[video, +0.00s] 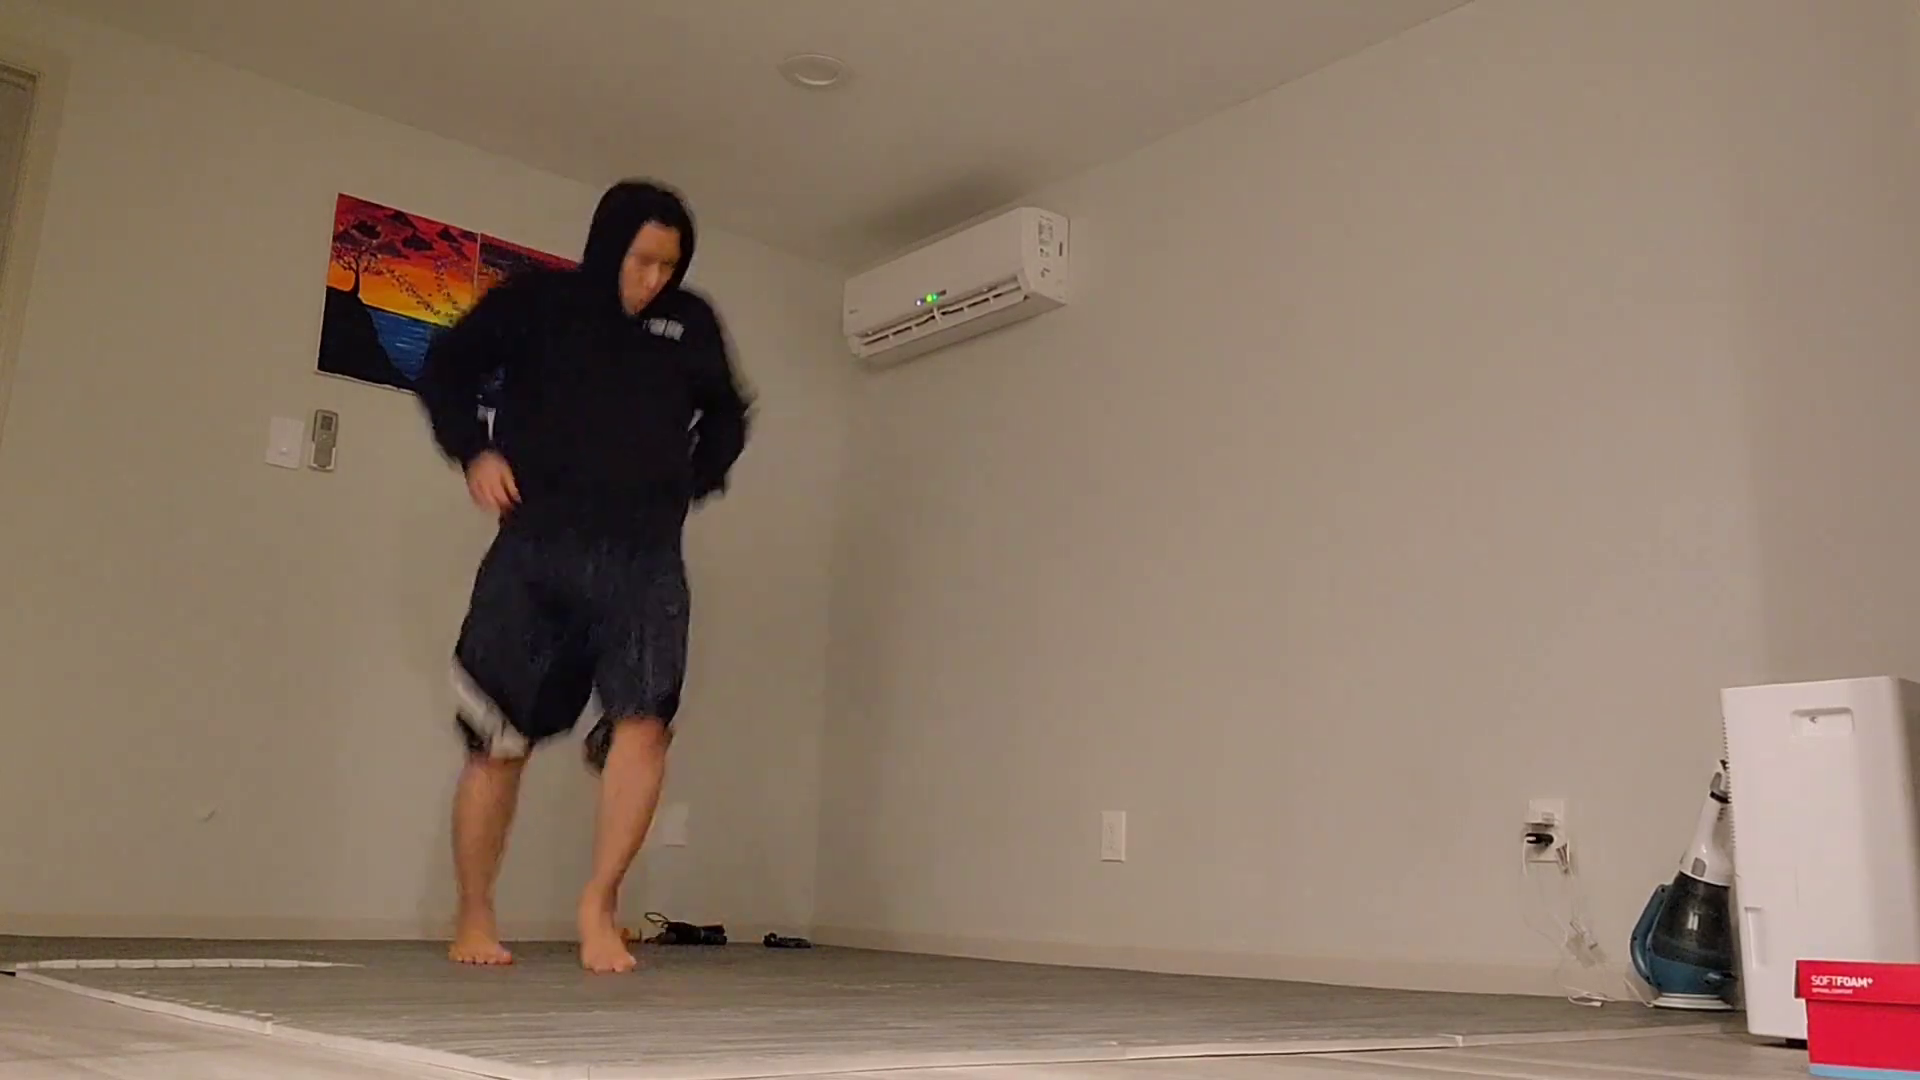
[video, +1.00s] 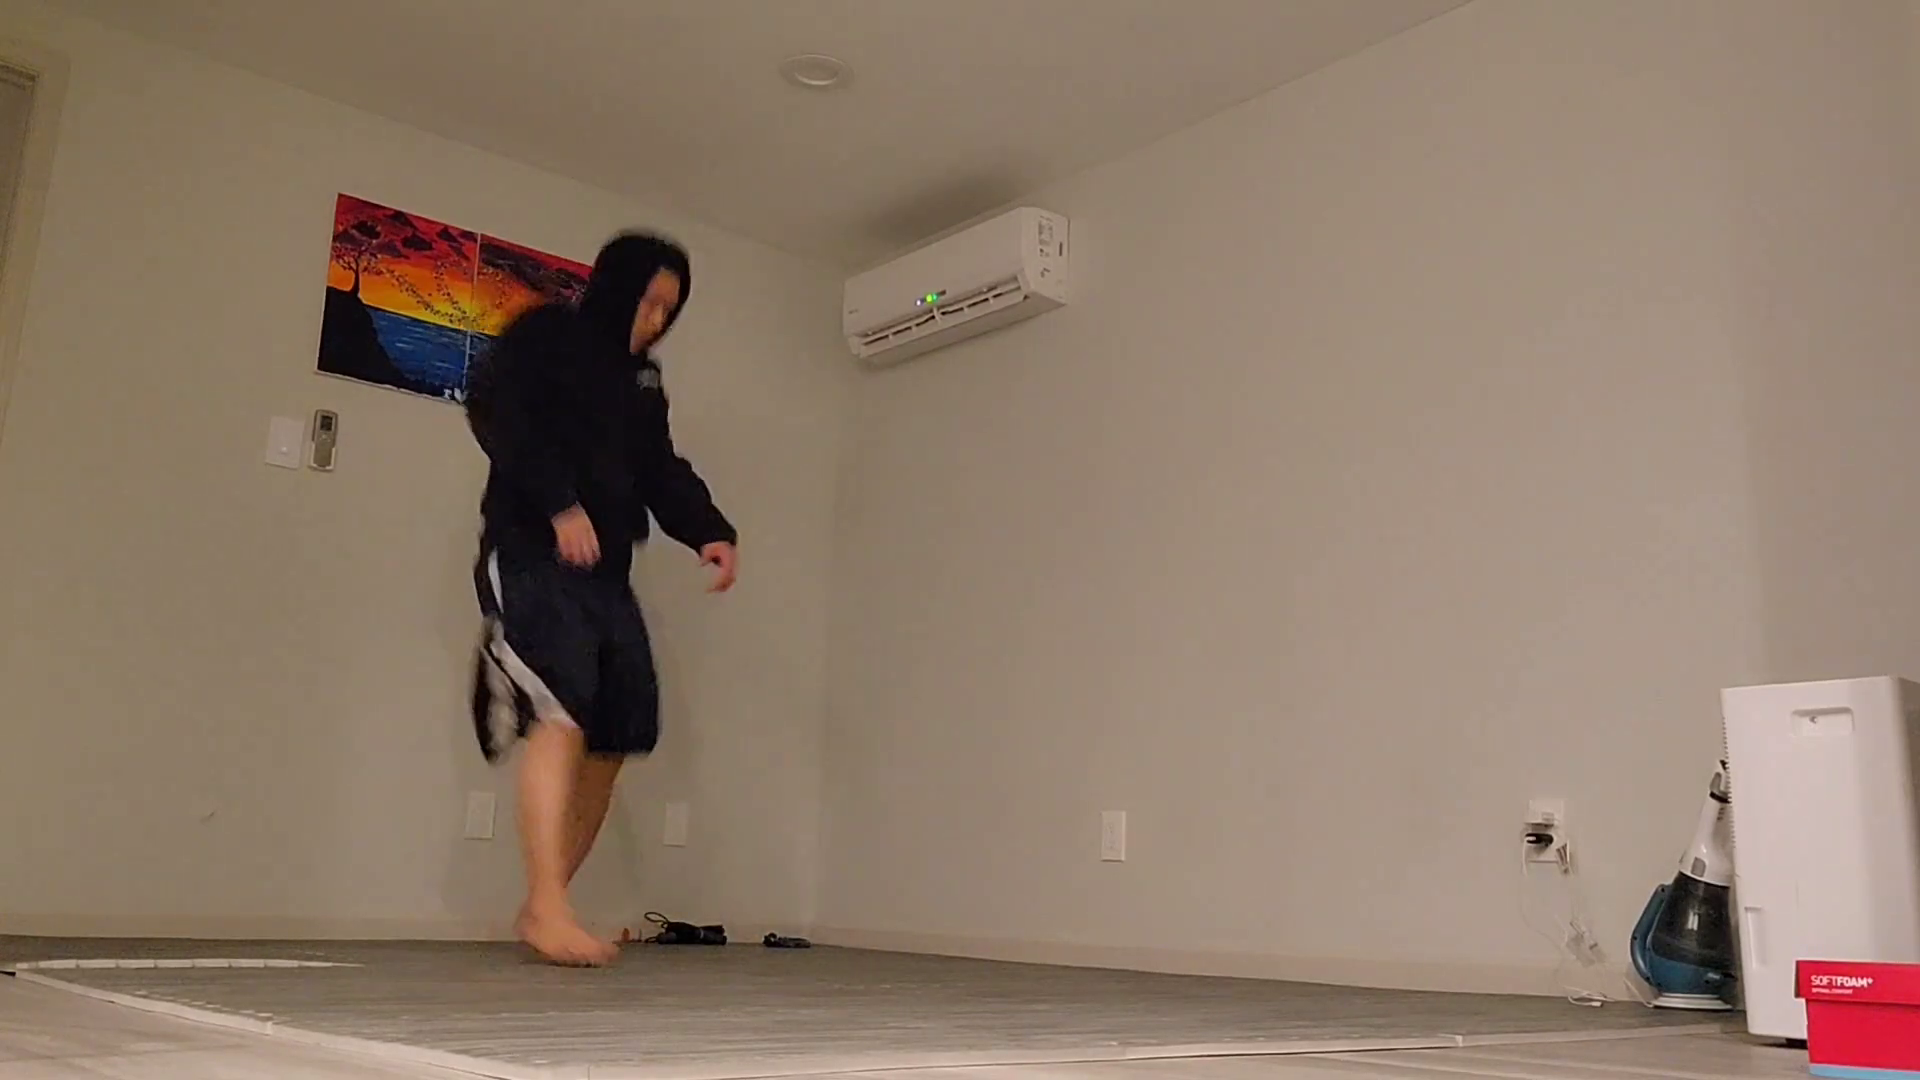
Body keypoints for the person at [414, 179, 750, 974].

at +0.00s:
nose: (654, 279)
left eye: (667, 265)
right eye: (644, 260)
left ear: (679, 264)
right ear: (607, 246)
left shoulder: (691, 324)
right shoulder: (535, 299)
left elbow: (726, 416)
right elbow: (444, 367)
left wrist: (686, 484)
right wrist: (475, 453)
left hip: (643, 555)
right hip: (538, 546)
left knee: (644, 723)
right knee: (500, 740)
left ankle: (599, 909)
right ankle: (475, 914)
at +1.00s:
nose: (660, 321)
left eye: (669, 310)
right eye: (654, 303)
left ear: (669, 311)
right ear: (618, 287)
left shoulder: (641, 375)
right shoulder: (545, 332)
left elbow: (656, 465)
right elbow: (494, 408)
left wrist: (708, 529)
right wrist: (560, 502)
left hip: (604, 568)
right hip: (529, 553)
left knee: (612, 729)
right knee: (559, 714)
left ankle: (545, 906)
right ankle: (547, 912)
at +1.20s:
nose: (661, 372)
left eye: (672, 363)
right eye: (658, 353)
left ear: (671, 366)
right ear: (622, 334)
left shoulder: (639, 422)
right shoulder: (548, 381)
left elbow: (661, 515)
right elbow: (524, 475)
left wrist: (723, 587)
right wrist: (646, 492)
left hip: (591, 595)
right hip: (520, 578)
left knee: (605, 759)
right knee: (577, 714)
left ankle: (537, 913)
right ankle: (566, 912)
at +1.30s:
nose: (655, 349)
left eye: (667, 339)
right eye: (649, 328)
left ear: (673, 343)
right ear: (617, 307)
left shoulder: (647, 399)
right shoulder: (543, 345)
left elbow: (656, 503)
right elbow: (526, 445)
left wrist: (680, 599)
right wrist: (655, 400)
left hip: (581, 567)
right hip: (508, 540)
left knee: (589, 734)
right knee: (557, 688)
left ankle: (535, 897)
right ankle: (549, 879)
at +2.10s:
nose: (626, 342)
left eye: (637, 331)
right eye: (616, 325)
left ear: (643, 335)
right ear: (578, 315)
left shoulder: (629, 398)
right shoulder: (517, 377)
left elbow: (649, 485)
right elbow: (537, 467)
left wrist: (684, 556)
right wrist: (647, 469)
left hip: (583, 608)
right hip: (504, 587)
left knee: (574, 794)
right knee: (539, 731)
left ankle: (478, 888)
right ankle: (517, 906)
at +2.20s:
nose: (606, 336)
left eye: (619, 323)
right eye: (593, 319)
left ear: (633, 327)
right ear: (559, 316)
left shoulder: (644, 410)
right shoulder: (502, 392)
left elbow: (658, 528)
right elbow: (502, 519)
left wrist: (664, 630)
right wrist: (603, 553)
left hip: (598, 609)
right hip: (514, 600)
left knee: (613, 776)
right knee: (526, 760)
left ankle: (503, 863)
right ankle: (507, 920)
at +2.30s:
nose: (597, 356)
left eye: (610, 340)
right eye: (582, 340)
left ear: (627, 342)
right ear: (554, 341)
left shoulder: (652, 421)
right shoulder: (506, 410)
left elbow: (667, 539)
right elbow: (472, 528)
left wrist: (676, 645)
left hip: (622, 621)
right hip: (522, 619)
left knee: (645, 756)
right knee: (515, 771)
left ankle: (570, 880)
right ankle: (506, 923)